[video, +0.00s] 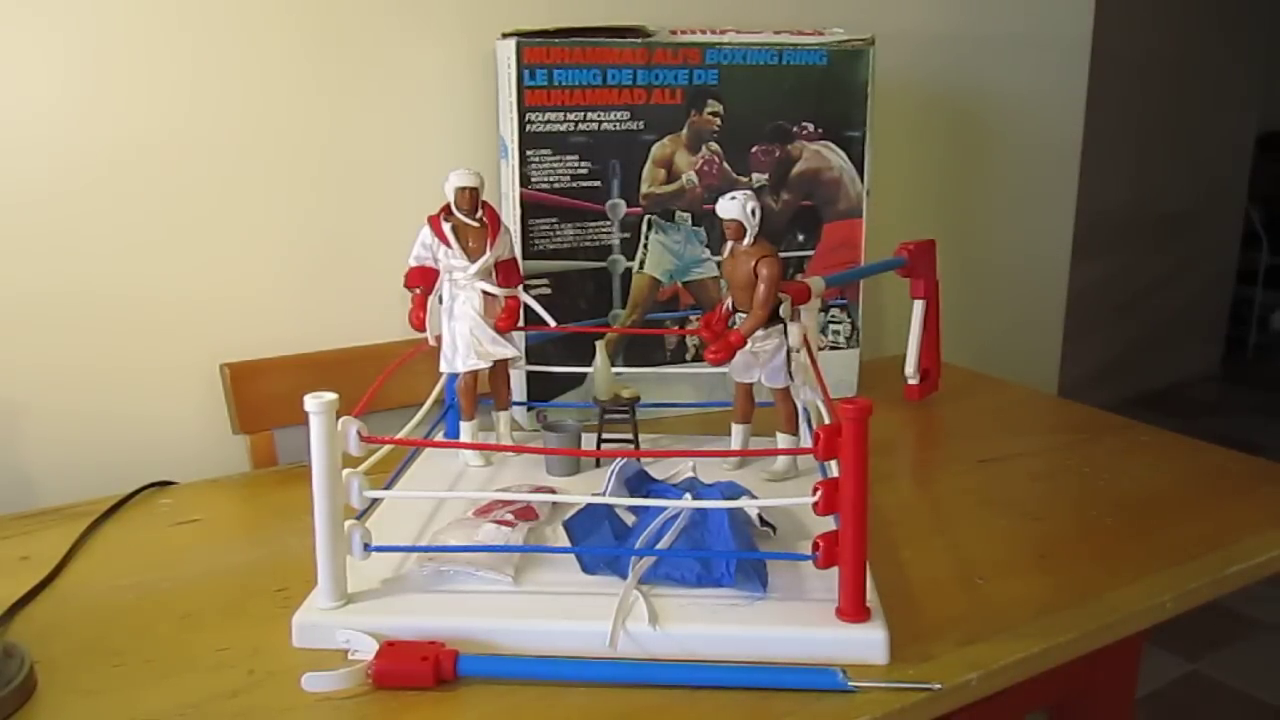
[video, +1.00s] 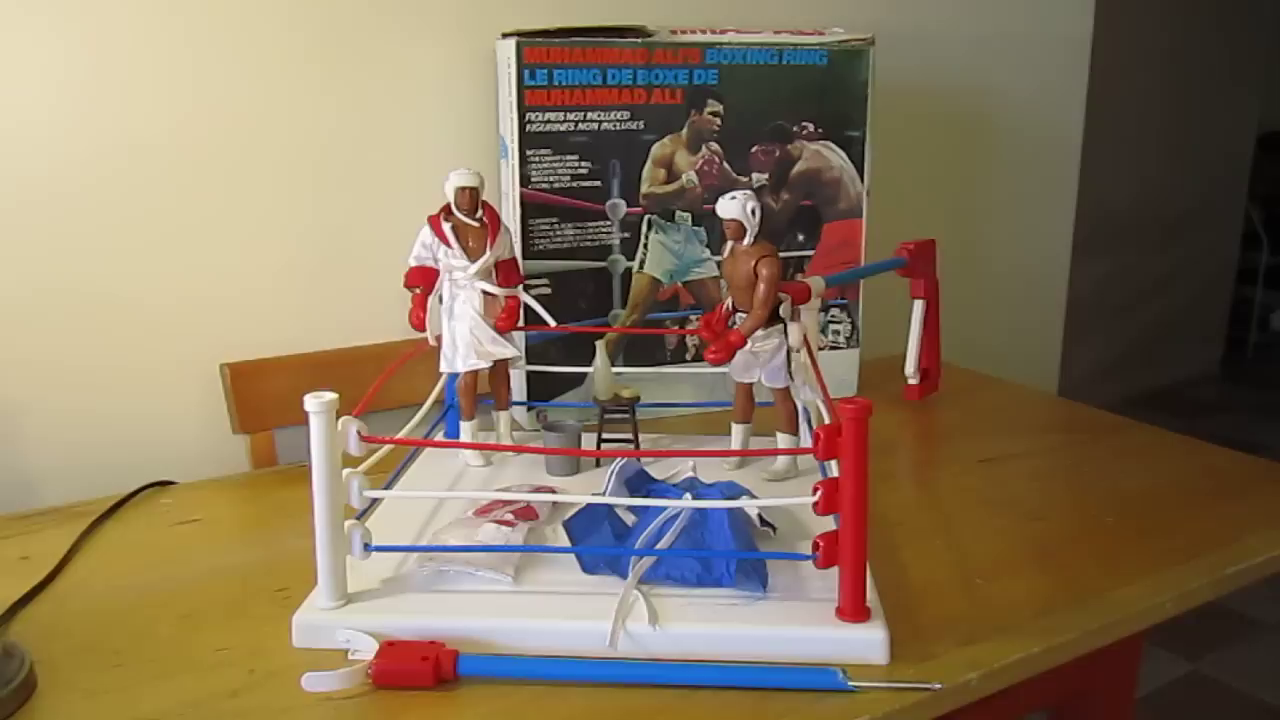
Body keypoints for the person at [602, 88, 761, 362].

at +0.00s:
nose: (718, 122)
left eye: (720, 116)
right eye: (713, 114)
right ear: (694, 115)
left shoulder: (712, 150)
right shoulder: (665, 148)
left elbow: (731, 182)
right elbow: (646, 197)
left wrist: (755, 180)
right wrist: (683, 183)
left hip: (693, 237)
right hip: (660, 235)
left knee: (719, 310)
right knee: (634, 315)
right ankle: (596, 372)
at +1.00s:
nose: (719, 122)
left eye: (721, 116)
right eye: (714, 115)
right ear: (693, 115)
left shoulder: (712, 151)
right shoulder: (664, 149)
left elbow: (731, 182)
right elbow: (647, 195)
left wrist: (754, 181)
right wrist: (682, 183)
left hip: (694, 237)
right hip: (660, 235)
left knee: (718, 309)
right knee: (635, 313)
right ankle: (597, 371)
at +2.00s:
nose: (719, 122)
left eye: (721, 116)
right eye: (713, 115)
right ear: (694, 114)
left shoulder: (712, 151)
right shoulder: (664, 148)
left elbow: (732, 182)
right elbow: (647, 196)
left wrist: (756, 181)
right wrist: (682, 183)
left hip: (694, 238)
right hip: (660, 235)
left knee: (718, 310)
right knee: (634, 315)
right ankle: (596, 376)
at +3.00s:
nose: (719, 122)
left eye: (720, 116)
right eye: (714, 115)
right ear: (694, 114)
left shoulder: (712, 150)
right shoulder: (665, 148)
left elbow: (731, 182)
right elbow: (647, 197)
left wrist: (755, 181)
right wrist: (683, 183)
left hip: (693, 237)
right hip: (660, 234)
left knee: (718, 309)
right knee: (635, 313)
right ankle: (596, 372)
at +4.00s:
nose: (719, 122)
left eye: (720, 116)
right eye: (714, 115)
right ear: (694, 114)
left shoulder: (712, 150)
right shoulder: (664, 148)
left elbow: (732, 182)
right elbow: (646, 196)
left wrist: (755, 181)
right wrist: (682, 183)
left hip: (693, 237)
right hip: (660, 234)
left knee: (719, 309)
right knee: (635, 313)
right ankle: (596, 370)